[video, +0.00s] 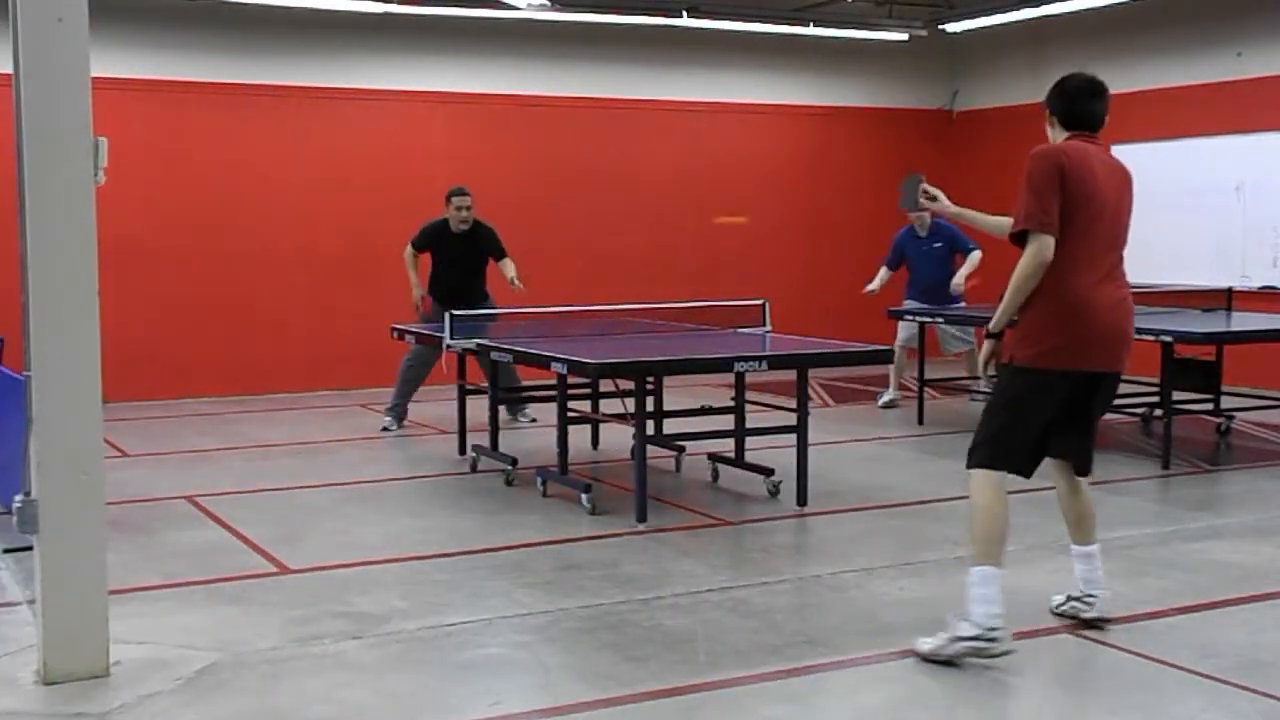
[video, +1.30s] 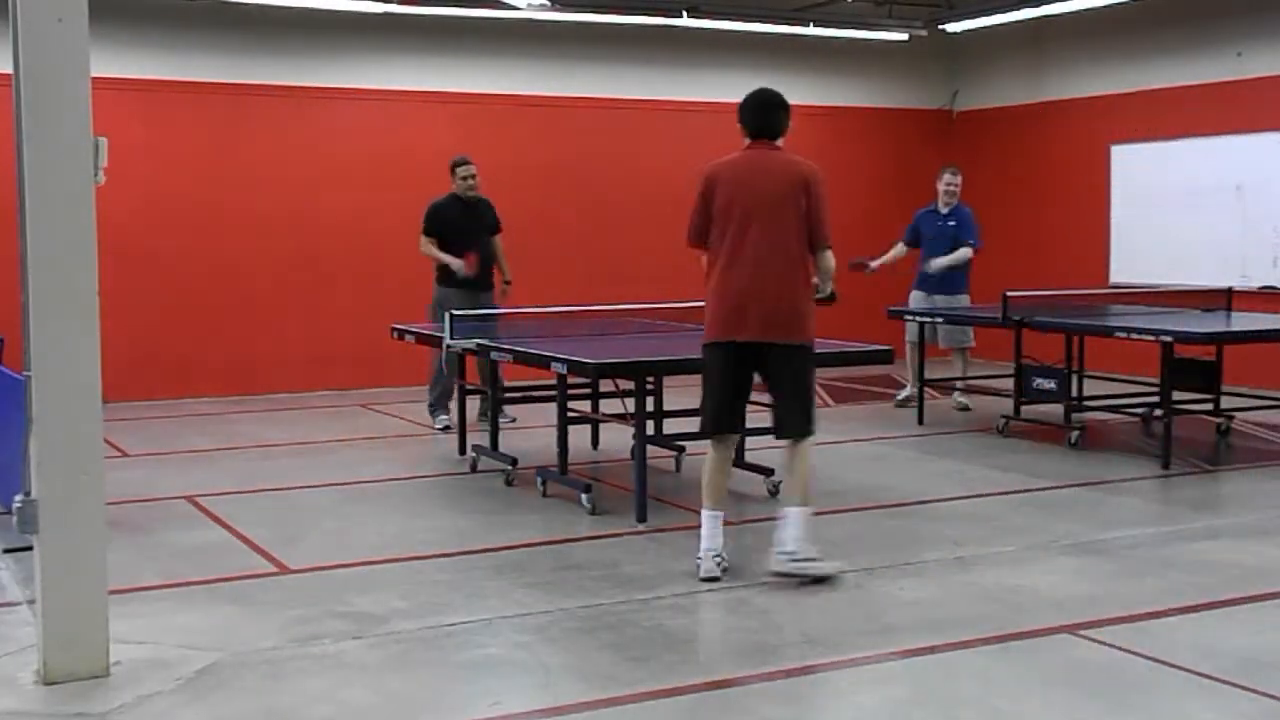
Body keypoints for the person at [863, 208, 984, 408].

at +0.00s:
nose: (917, 216)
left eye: (921, 211)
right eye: (912, 212)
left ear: (929, 211)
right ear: (907, 215)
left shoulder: (945, 231)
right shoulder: (904, 237)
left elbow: (975, 252)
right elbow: (889, 265)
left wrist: (961, 275)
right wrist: (877, 282)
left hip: (949, 300)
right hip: (916, 301)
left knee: (969, 347)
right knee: (901, 345)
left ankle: (977, 387)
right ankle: (893, 390)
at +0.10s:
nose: (907, 216)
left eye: (911, 210)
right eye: (902, 211)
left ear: (920, 211)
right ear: (896, 214)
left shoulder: (938, 233)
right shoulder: (897, 239)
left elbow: (967, 254)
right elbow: (890, 270)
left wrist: (952, 278)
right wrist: (882, 280)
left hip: (943, 300)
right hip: (911, 301)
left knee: (964, 347)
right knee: (899, 346)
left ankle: (977, 386)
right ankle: (893, 390)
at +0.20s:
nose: (905, 211)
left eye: (908, 206)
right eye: (900, 208)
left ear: (915, 205)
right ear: (893, 212)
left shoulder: (931, 227)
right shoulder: (892, 236)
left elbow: (959, 254)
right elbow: (896, 265)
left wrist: (943, 276)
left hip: (940, 298)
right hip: (908, 300)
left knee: (963, 344)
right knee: (898, 345)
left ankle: (977, 385)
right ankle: (892, 390)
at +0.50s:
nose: (932, 202)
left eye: (934, 197)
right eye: (927, 198)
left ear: (936, 199)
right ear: (914, 200)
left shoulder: (944, 227)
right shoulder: (904, 230)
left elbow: (955, 255)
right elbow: (907, 261)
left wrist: (953, 277)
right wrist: (936, 252)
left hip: (942, 294)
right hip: (913, 295)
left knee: (961, 339)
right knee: (903, 343)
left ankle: (974, 382)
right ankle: (892, 391)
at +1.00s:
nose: (951, 201)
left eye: (952, 197)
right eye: (945, 198)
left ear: (956, 198)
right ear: (933, 201)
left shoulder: (964, 228)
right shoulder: (921, 228)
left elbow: (978, 255)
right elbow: (907, 258)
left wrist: (978, 278)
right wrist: (926, 266)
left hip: (955, 297)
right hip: (922, 297)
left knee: (971, 343)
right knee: (908, 342)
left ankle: (973, 387)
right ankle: (896, 390)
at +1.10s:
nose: (939, 206)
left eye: (942, 201)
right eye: (933, 202)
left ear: (946, 202)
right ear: (923, 206)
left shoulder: (957, 231)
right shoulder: (912, 233)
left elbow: (975, 259)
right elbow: (896, 264)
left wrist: (970, 282)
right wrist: (911, 279)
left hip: (952, 300)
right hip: (919, 301)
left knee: (971, 343)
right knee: (902, 344)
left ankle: (973, 387)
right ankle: (892, 389)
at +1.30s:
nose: (952, 189)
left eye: (956, 186)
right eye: (948, 185)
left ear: (961, 189)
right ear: (938, 185)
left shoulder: (964, 216)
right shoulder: (923, 216)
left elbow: (968, 250)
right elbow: (904, 245)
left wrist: (941, 262)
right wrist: (878, 262)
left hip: (954, 292)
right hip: (923, 290)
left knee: (959, 345)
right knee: (913, 340)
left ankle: (960, 391)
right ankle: (913, 387)